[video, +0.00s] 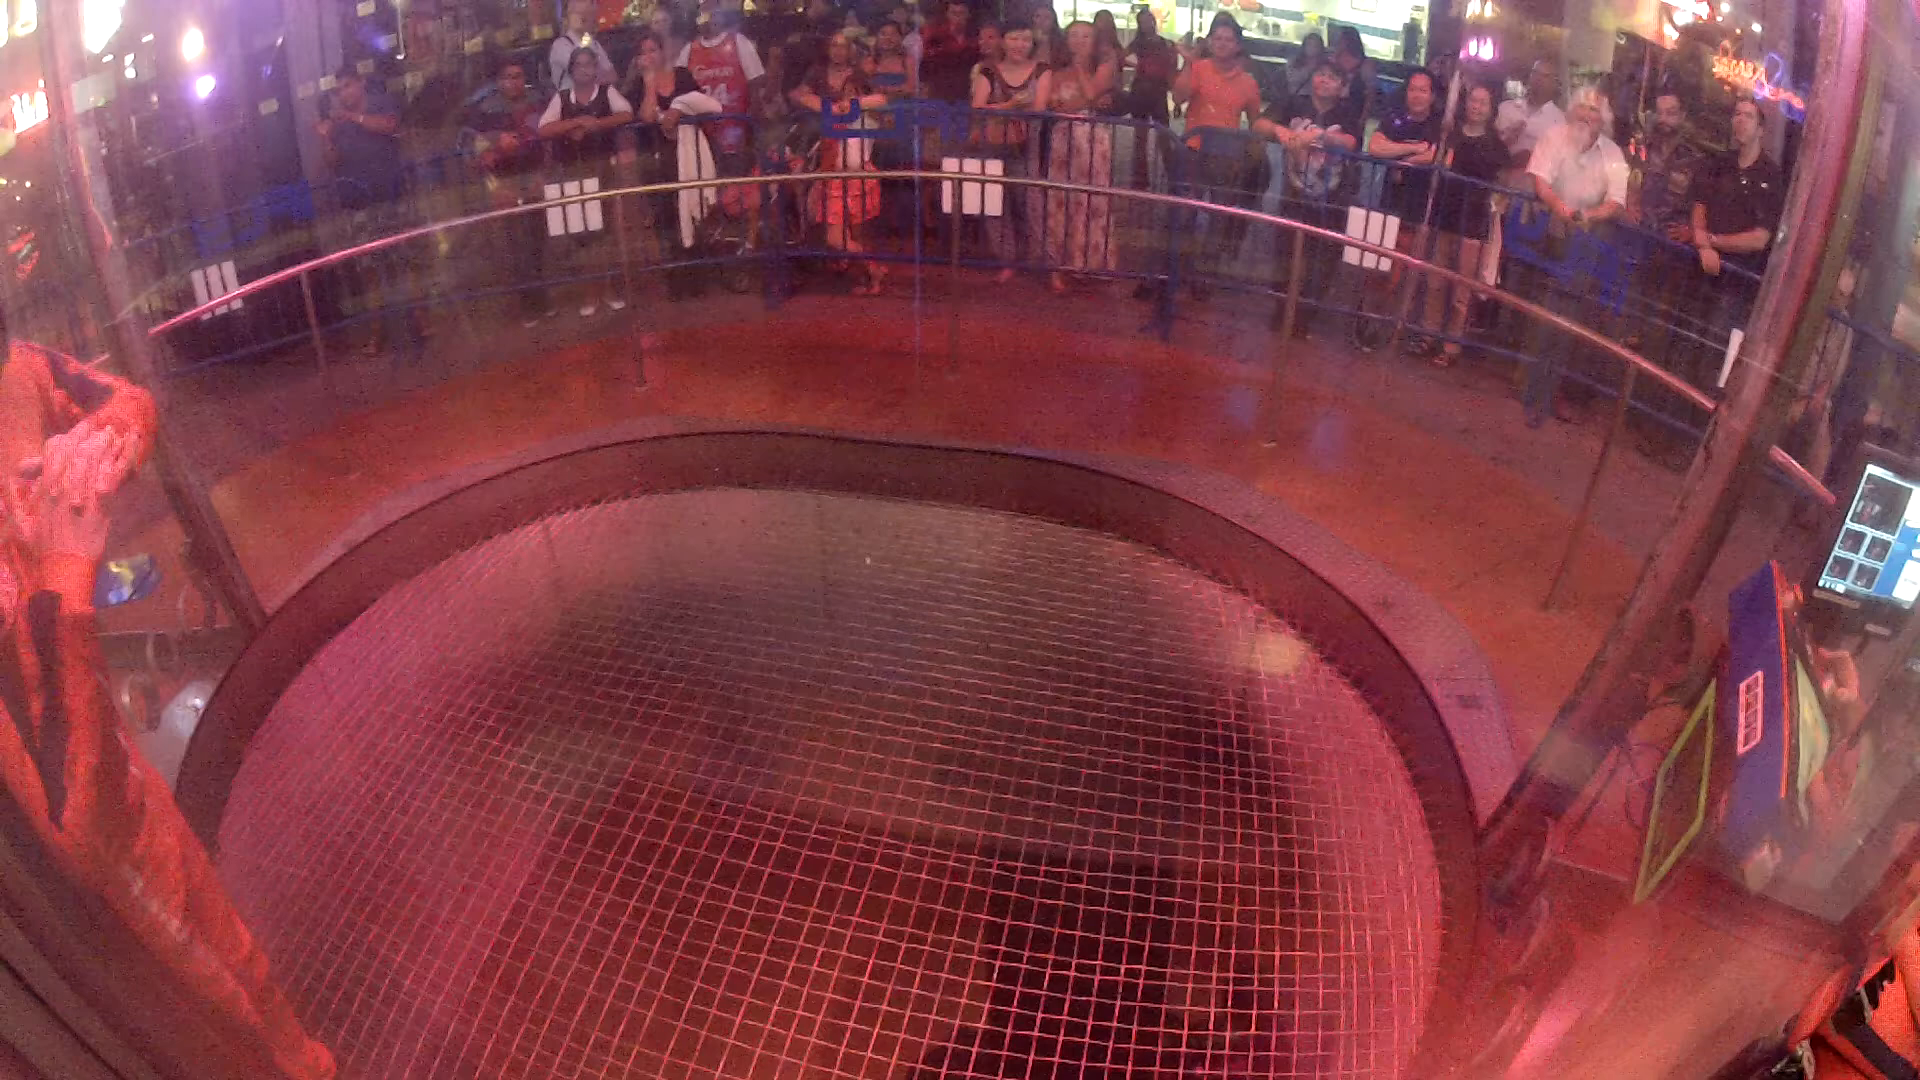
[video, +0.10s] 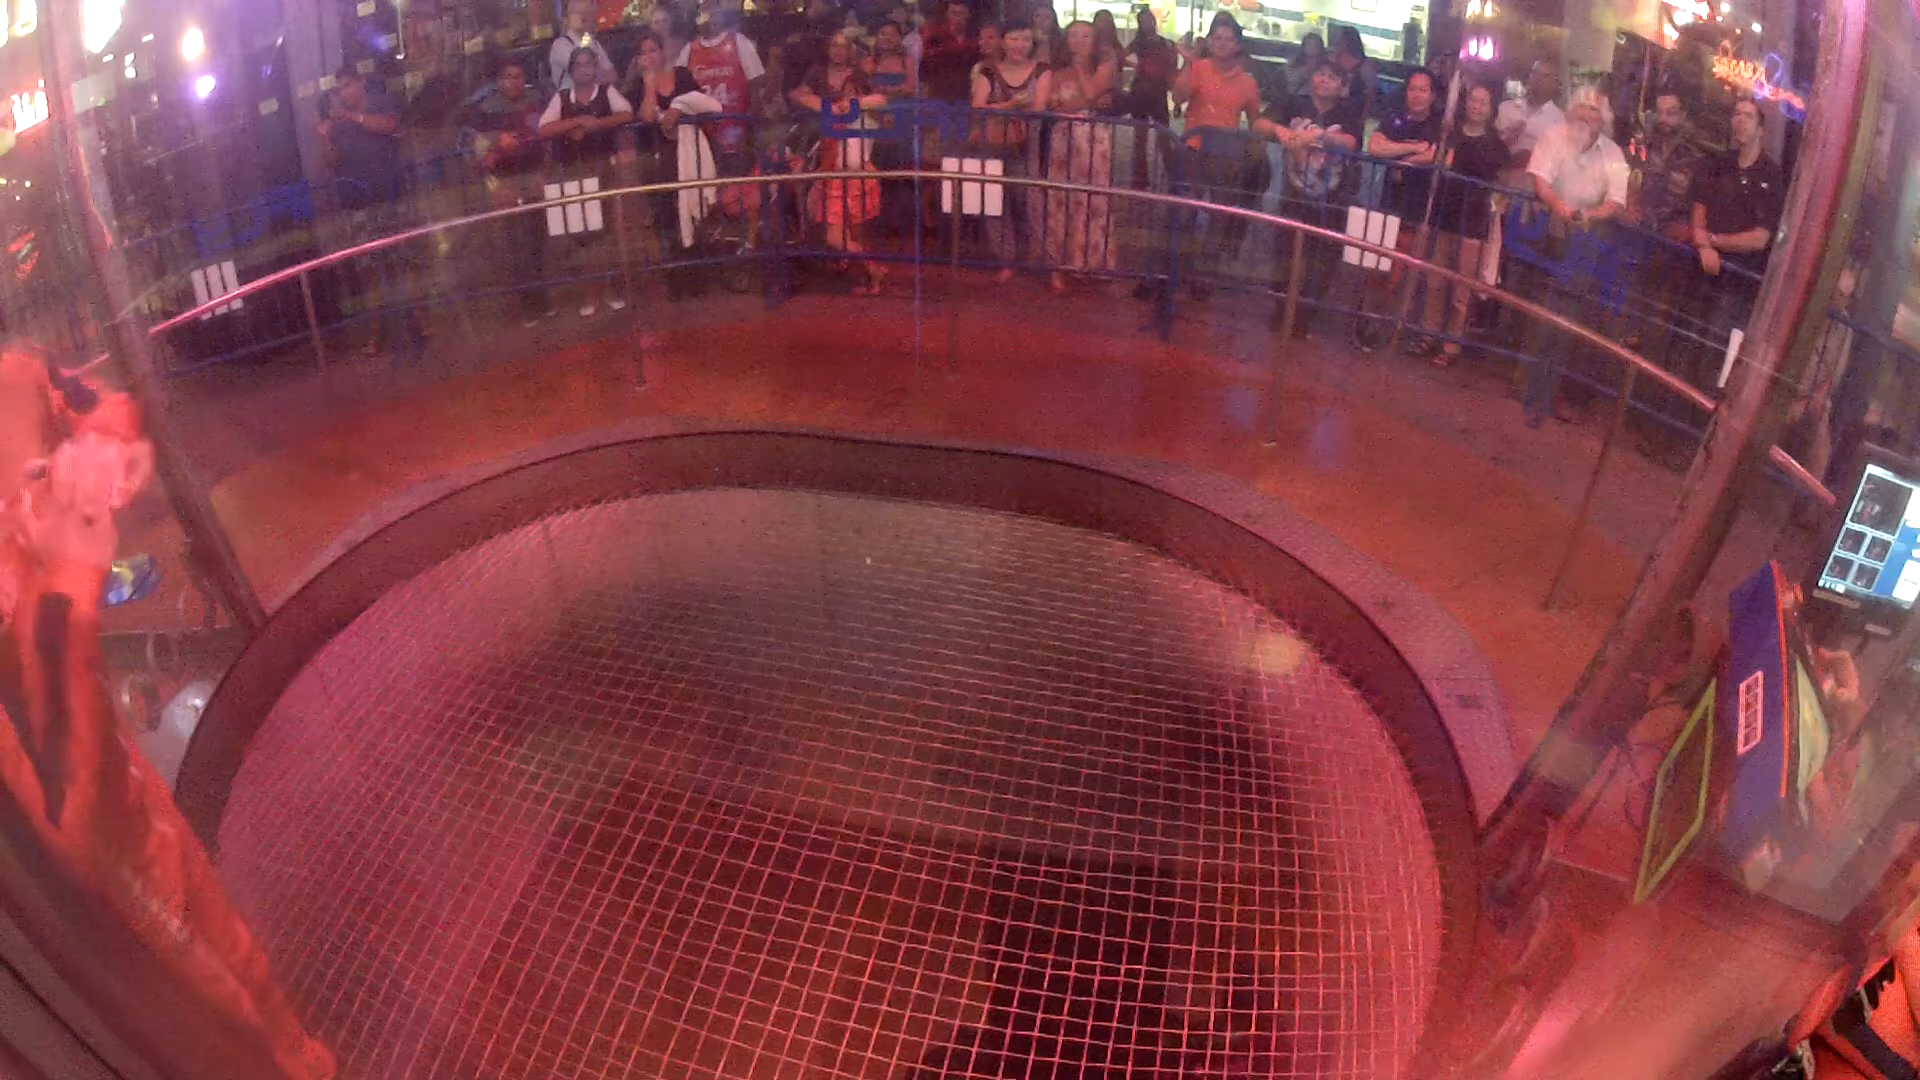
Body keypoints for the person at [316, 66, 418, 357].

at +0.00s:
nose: (344, 93)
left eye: (349, 86)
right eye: (340, 89)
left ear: (363, 86)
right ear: (337, 93)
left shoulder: (381, 108)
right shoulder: (339, 123)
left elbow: (389, 125)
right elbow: (333, 162)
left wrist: (352, 117)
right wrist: (326, 139)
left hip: (393, 197)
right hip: (358, 204)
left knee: (407, 262)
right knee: (369, 270)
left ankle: (419, 320)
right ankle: (377, 330)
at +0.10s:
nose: (345, 93)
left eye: (349, 86)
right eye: (341, 89)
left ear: (362, 86)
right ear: (338, 93)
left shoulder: (380, 107)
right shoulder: (338, 123)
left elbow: (389, 125)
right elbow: (333, 162)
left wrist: (354, 118)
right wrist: (326, 140)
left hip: (393, 197)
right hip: (358, 203)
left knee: (410, 260)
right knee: (368, 270)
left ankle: (419, 319)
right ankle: (376, 330)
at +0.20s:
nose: (344, 93)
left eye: (349, 86)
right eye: (340, 89)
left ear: (362, 85)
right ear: (337, 94)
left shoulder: (381, 108)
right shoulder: (338, 123)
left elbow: (390, 126)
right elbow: (333, 162)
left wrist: (353, 118)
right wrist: (326, 140)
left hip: (394, 198)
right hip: (359, 204)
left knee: (409, 262)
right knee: (369, 270)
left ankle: (419, 320)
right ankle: (377, 331)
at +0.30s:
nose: (345, 93)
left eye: (349, 86)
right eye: (340, 89)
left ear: (362, 85)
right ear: (337, 93)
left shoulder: (380, 107)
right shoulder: (338, 123)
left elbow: (390, 125)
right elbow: (333, 162)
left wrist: (354, 118)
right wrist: (326, 140)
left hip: (393, 197)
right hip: (358, 203)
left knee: (407, 261)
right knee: (369, 270)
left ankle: (419, 320)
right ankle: (377, 330)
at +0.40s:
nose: (344, 93)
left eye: (348, 86)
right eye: (339, 89)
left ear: (362, 86)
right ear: (337, 94)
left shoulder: (380, 107)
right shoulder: (339, 122)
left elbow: (390, 126)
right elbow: (333, 162)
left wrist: (353, 118)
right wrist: (326, 139)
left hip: (393, 198)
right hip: (358, 204)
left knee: (408, 262)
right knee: (369, 270)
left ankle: (419, 321)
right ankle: (377, 330)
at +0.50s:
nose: (344, 93)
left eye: (348, 86)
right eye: (340, 88)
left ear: (362, 85)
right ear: (338, 93)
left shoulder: (381, 106)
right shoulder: (338, 122)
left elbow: (390, 125)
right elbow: (333, 164)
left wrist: (353, 118)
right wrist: (327, 140)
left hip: (392, 197)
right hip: (358, 204)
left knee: (407, 262)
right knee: (368, 270)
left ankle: (418, 320)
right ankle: (376, 331)